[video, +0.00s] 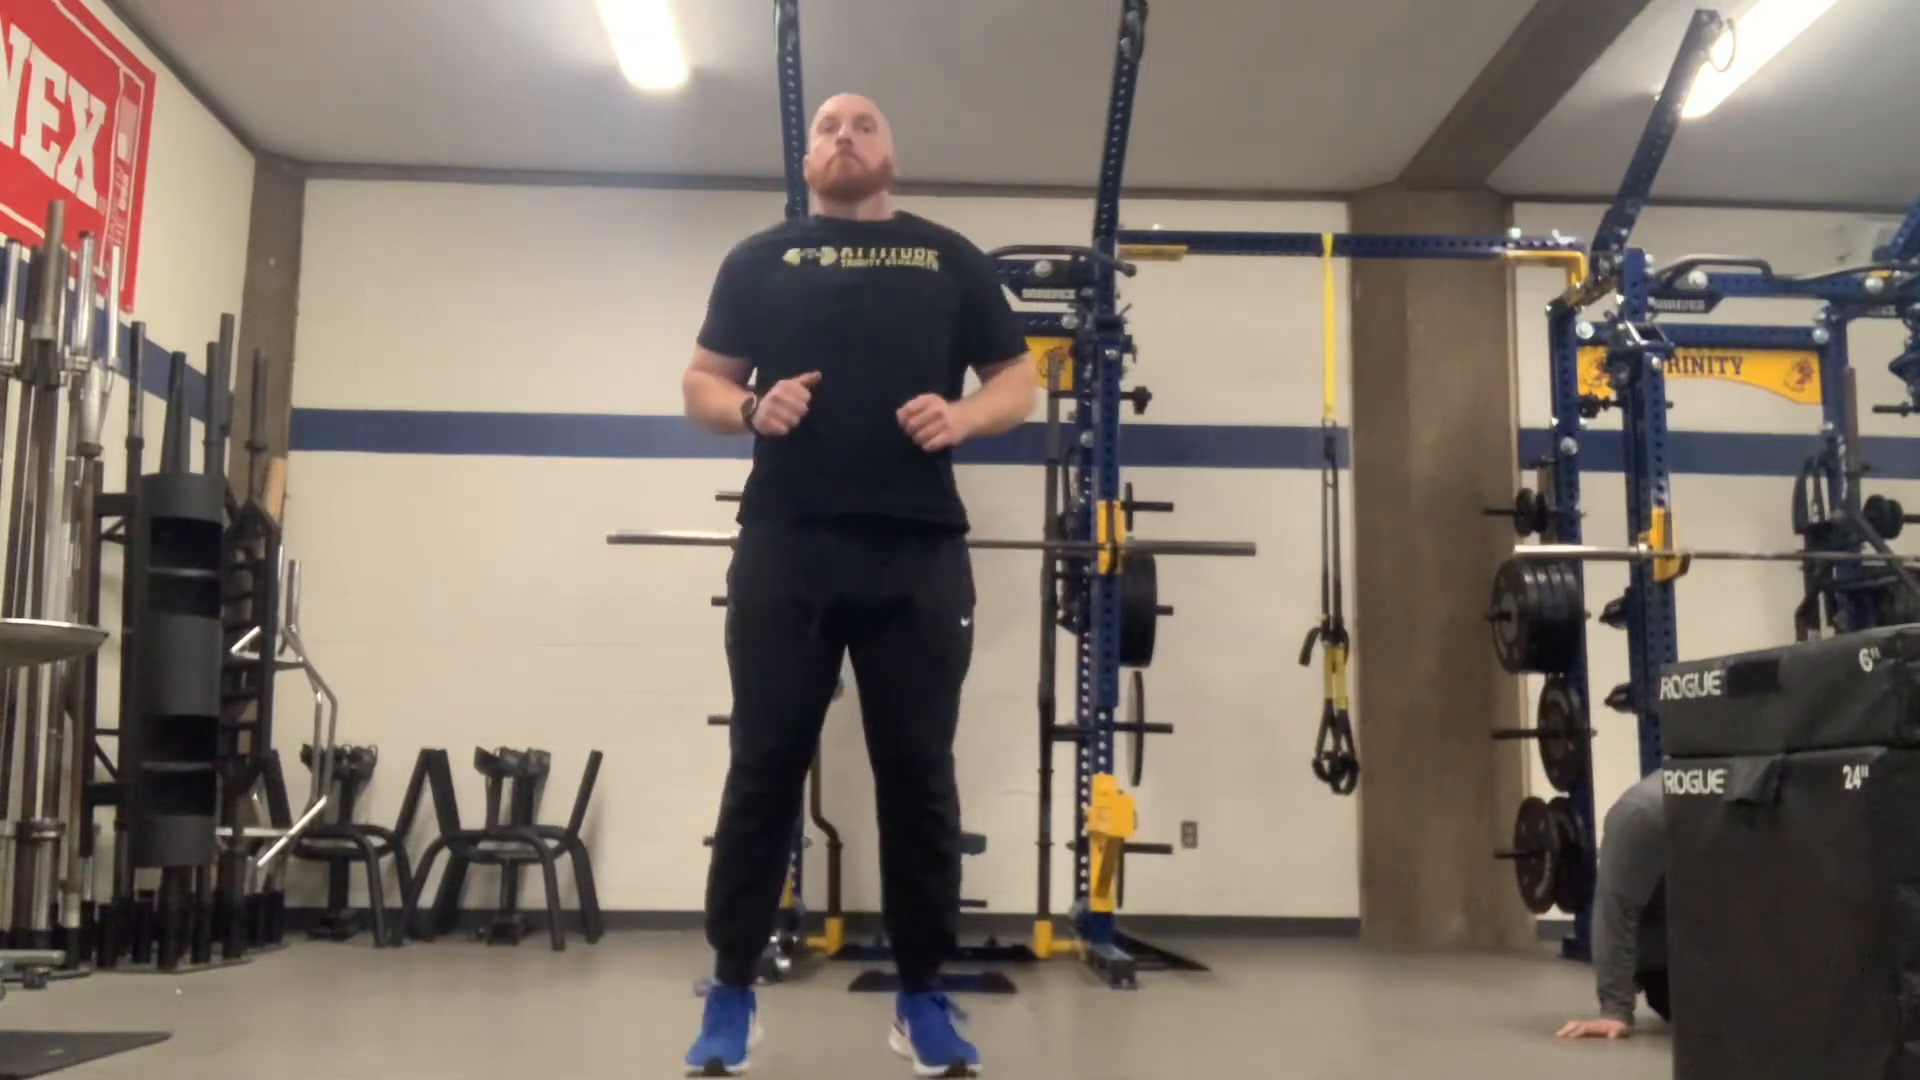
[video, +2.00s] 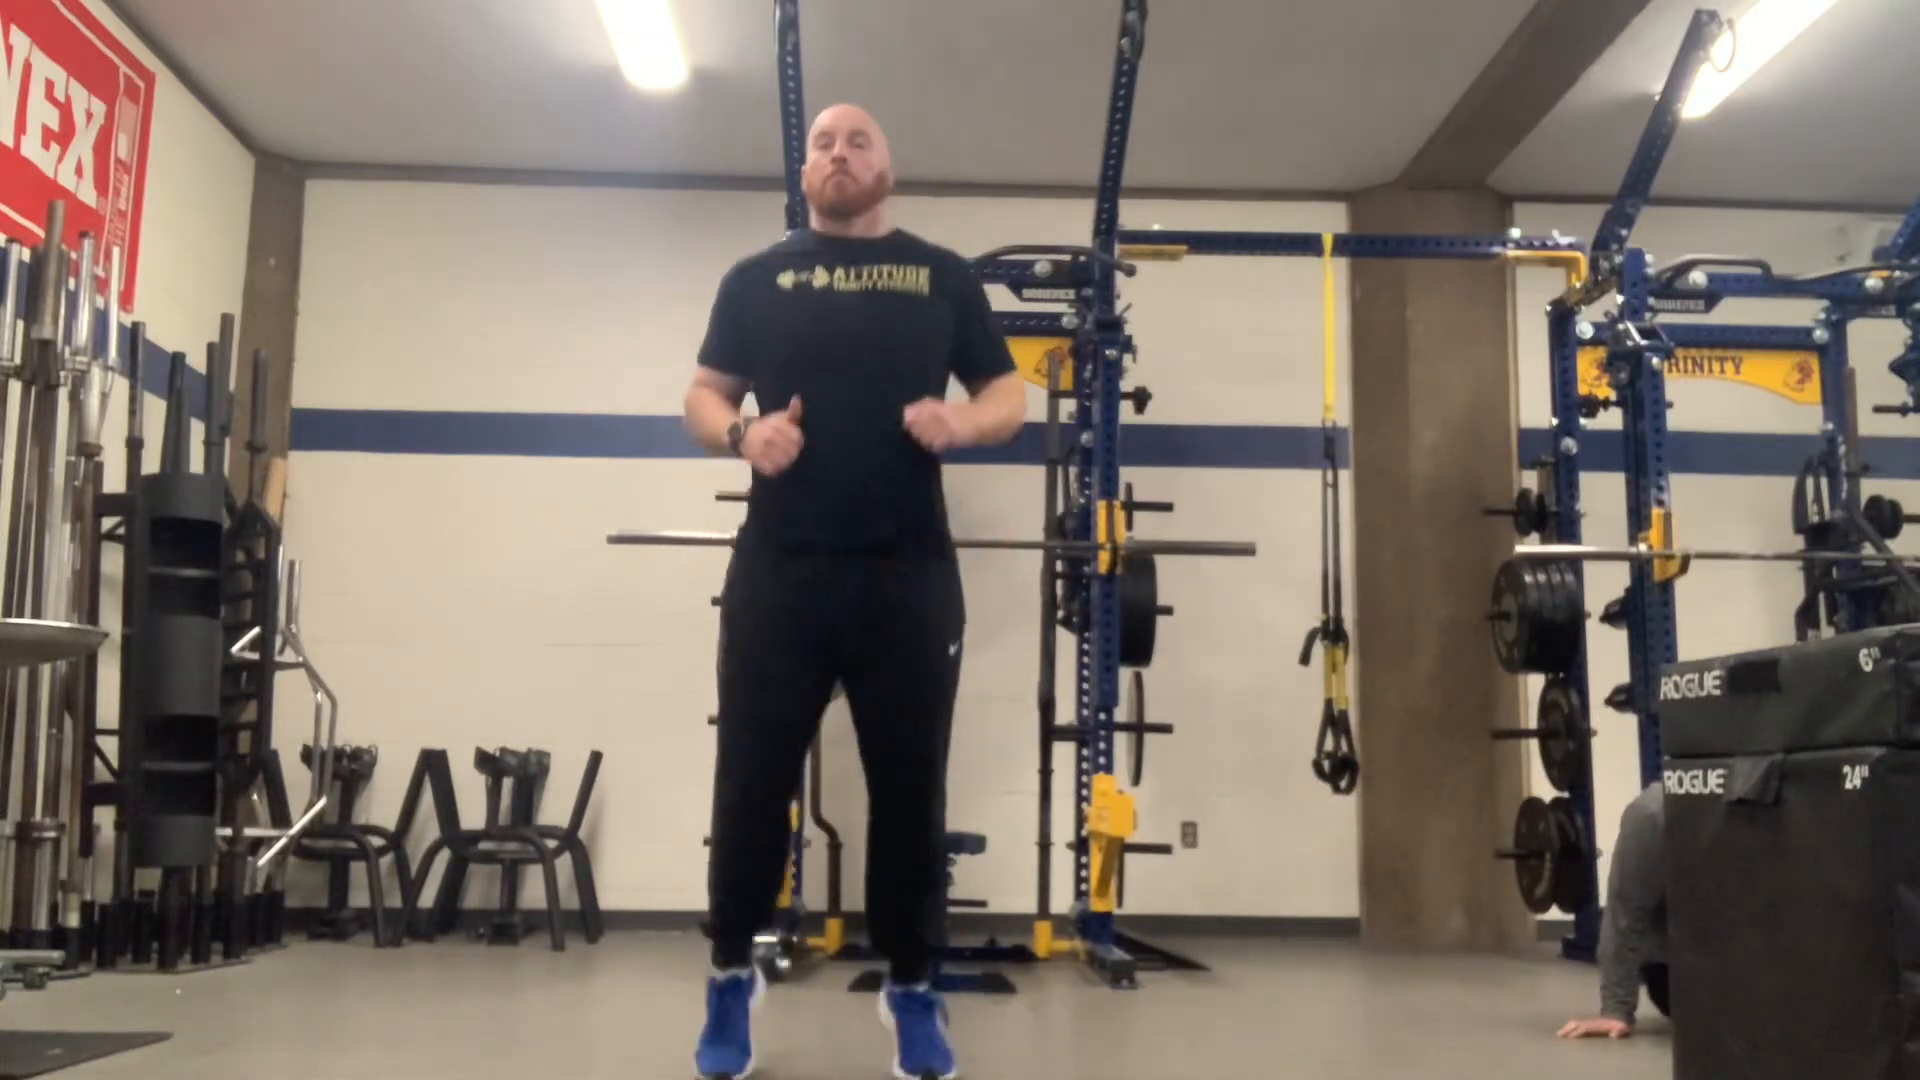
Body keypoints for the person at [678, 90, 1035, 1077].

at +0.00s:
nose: (847, 128)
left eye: (864, 120)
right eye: (828, 124)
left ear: (896, 156)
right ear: (804, 163)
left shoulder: (953, 260)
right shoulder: (758, 261)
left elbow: (1018, 387)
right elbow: (702, 390)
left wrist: (966, 416)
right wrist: (750, 407)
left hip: (916, 554)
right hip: (785, 552)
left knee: (920, 777)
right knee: (763, 772)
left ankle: (923, 996)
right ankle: (730, 991)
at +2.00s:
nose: (839, 152)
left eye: (857, 140)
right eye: (823, 143)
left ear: (890, 168)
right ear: (801, 174)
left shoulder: (945, 278)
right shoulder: (755, 279)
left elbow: (1009, 400)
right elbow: (705, 401)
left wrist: (963, 422)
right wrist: (741, 433)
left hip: (907, 573)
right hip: (780, 572)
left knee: (910, 791)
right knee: (751, 782)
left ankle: (913, 994)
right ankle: (730, 983)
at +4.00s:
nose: (828, 201)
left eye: (847, 189)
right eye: (812, 192)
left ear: (881, 221)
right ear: (791, 226)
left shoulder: (936, 331)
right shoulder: (742, 333)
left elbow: (1008, 448)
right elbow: (672, 454)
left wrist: (968, 476)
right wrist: (708, 484)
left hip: (902, 608)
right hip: (769, 606)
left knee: (912, 810)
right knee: (737, 803)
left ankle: (920, 1030)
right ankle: (705, 1027)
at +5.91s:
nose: (837, 132)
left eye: (858, 121)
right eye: (822, 122)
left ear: (893, 152)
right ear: (801, 154)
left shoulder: (941, 261)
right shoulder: (749, 257)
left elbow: (1004, 385)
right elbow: (704, 379)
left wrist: (962, 421)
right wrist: (736, 411)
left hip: (902, 563)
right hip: (768, 557)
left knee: (911, 785)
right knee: (729, 777)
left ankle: (926, 1010)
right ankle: (693, 1004)